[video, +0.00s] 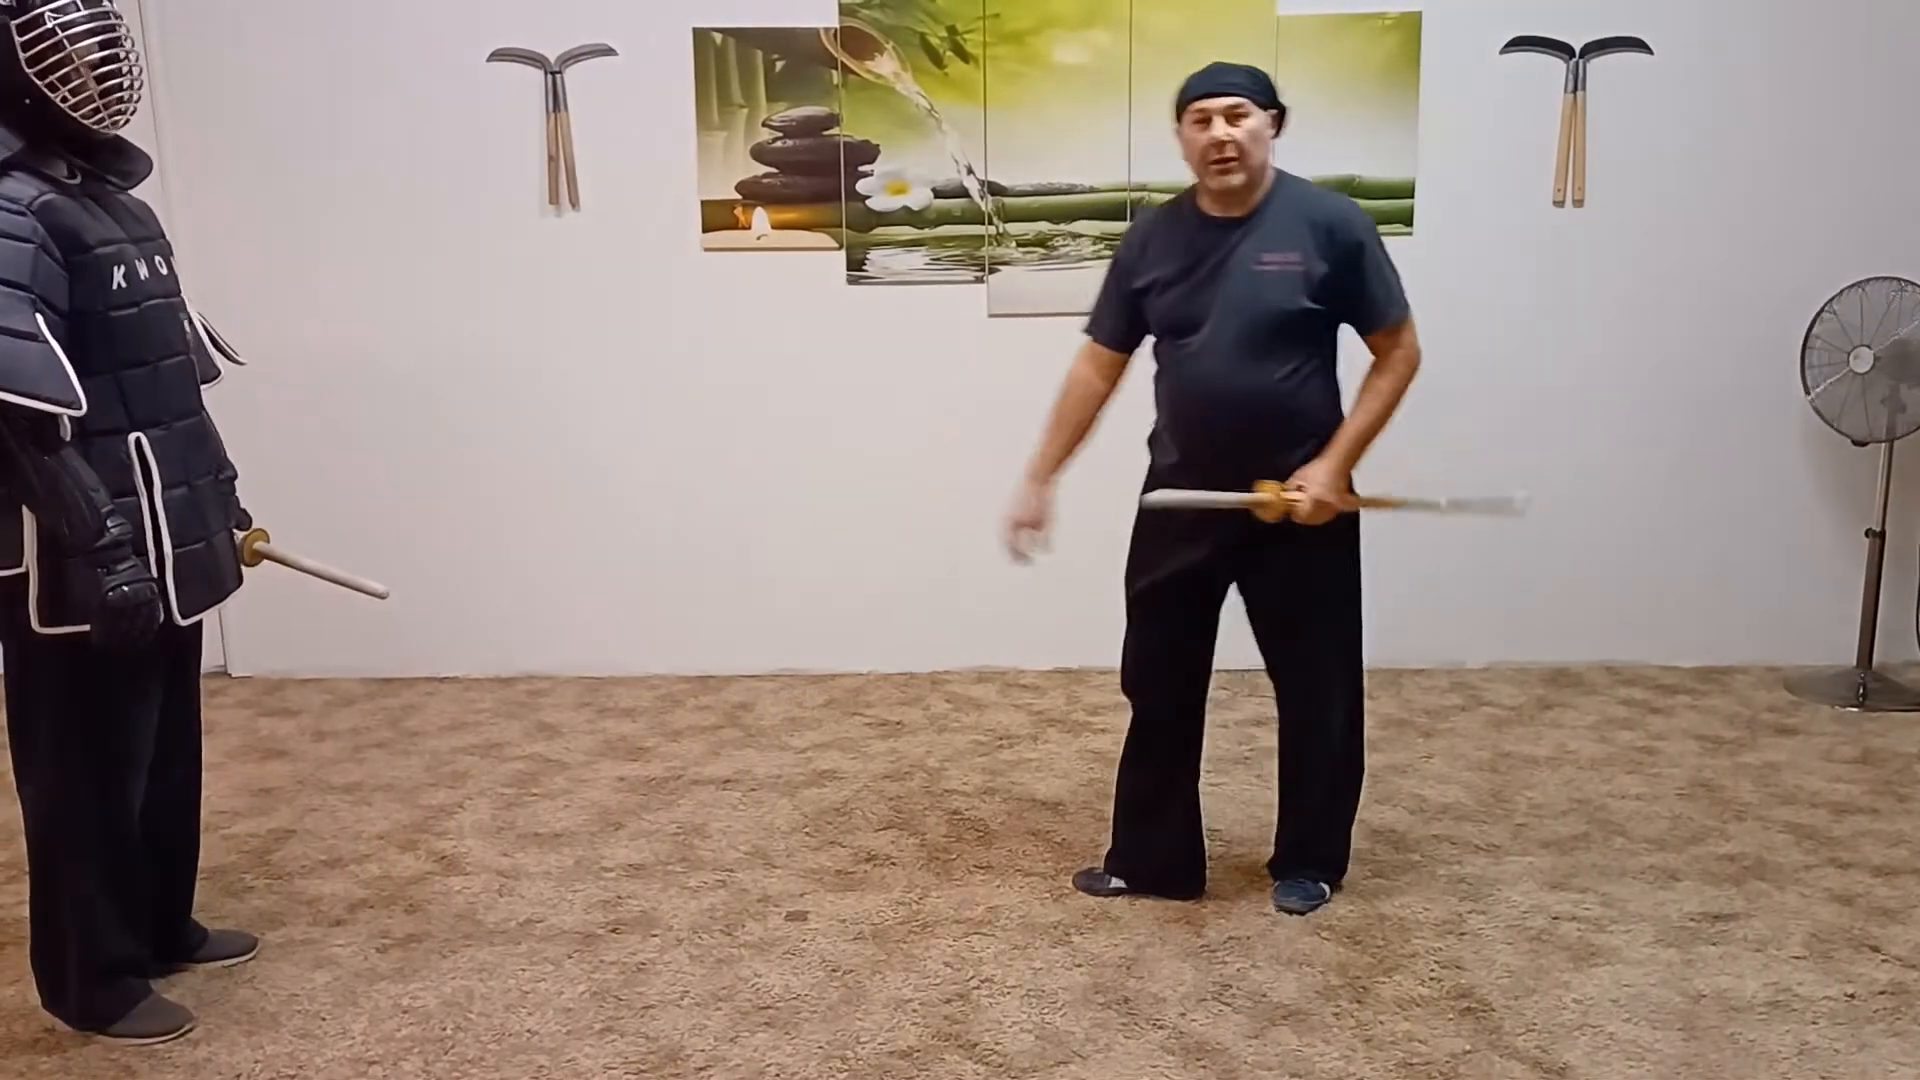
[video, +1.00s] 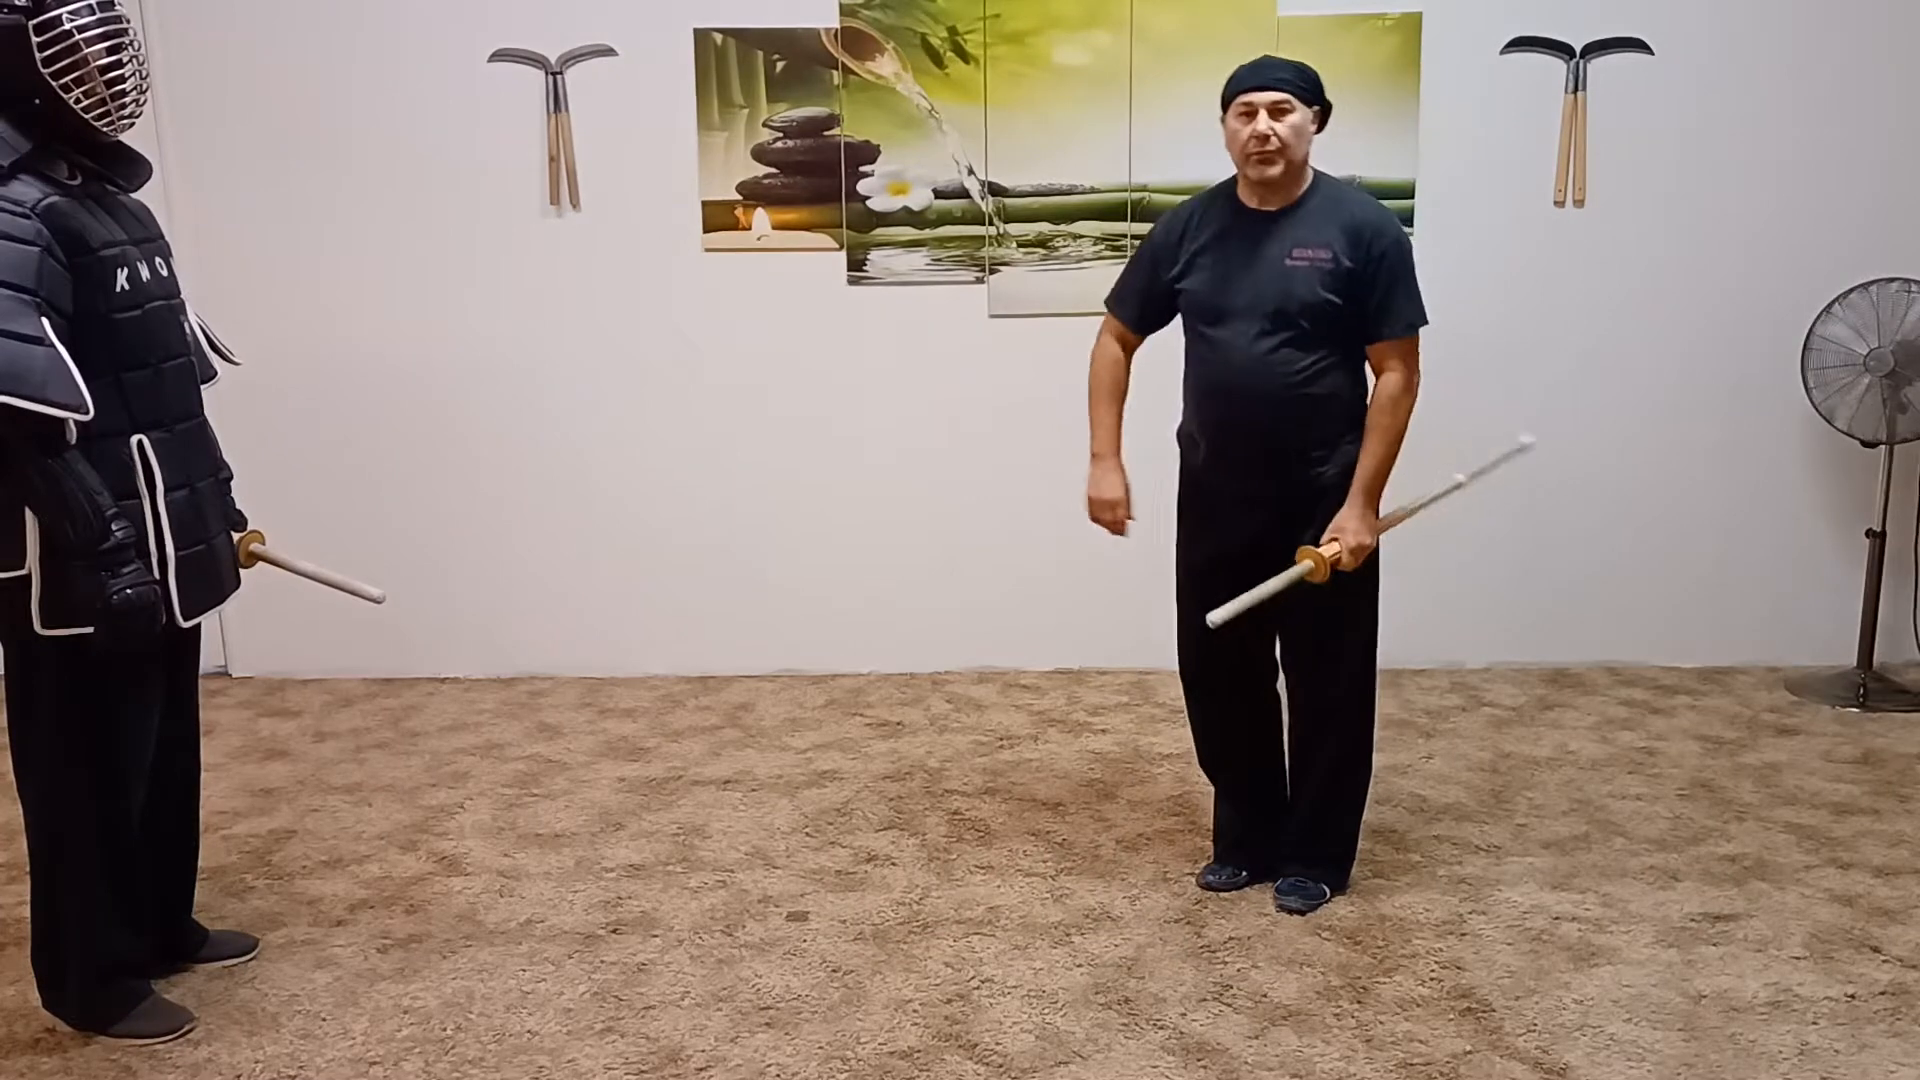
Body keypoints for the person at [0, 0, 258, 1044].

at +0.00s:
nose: (111, 65)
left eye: (110, 46)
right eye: (84, 47)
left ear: (108, 65)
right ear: (30, 68)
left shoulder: (121, 200)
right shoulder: (17, 208)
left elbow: (174, 378)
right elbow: (22, 401)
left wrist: (223, 503)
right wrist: (99, 536)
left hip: (161, 541)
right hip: (75, 553)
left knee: (161, 749)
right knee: (88, 769)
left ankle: (161, 931)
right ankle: (92, 982)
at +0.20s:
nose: (112, 66)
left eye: (112, 47)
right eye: (84, 50)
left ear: (111, 65)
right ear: (30, 71)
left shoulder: (123, 200)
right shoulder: (16, 209)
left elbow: (176, 375)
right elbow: (21, 396)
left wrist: (225, 500)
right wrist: (90, 538)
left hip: (162, 542)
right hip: (74, 556)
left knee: (161, 748)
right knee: (86, 768)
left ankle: (161, 932)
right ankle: (91, 983)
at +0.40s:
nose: (115, 72)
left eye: (115, 53)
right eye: (89, 55)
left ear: (112, 68)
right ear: (34, 72)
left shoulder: (124, 201)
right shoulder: (16, 212)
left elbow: (177, 379)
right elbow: (25, 411)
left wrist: (225, 504)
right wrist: (96, 548)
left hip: (163, 549)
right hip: (74, 562)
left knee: (161, 752)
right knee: (85, 772)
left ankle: (161, 931)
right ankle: (90, 984)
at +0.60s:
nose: (117, 69)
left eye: (116, 49)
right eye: (90, 51)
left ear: (113, 66)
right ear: (36, 70)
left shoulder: (123, 201)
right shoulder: (18, 209)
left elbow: (176, 378)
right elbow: (22, 401)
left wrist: (223, 502)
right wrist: (99, 541)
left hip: (161, 541)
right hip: (73, 554)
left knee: (160, 748)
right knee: (86, 768)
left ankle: (160, 930)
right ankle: (91, 983)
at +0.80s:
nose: (118, 70)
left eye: (116, 50)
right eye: (92, 53)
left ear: (108, 69)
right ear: (38, 71)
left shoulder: (120, 198)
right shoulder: (19, 208)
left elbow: (175, 381)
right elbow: (26, 401)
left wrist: (221, 506)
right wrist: (101, 541)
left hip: (161, 538)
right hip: (74, 552)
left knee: (161, 746)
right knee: (87, 766)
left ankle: (160, 931)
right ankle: (91, 983)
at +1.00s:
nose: (123, 67)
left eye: (119, 48)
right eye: (98, 49)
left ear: (100, 67)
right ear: (44, 67)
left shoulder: (119, 197)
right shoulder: (21, 206)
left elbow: (174, 380)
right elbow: (26, 400)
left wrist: (219, 509)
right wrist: (101, 538)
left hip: (159, 541)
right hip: (71, 553)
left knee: (161, 748)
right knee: (86, 768)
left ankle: (161, 931)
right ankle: (90, 981)